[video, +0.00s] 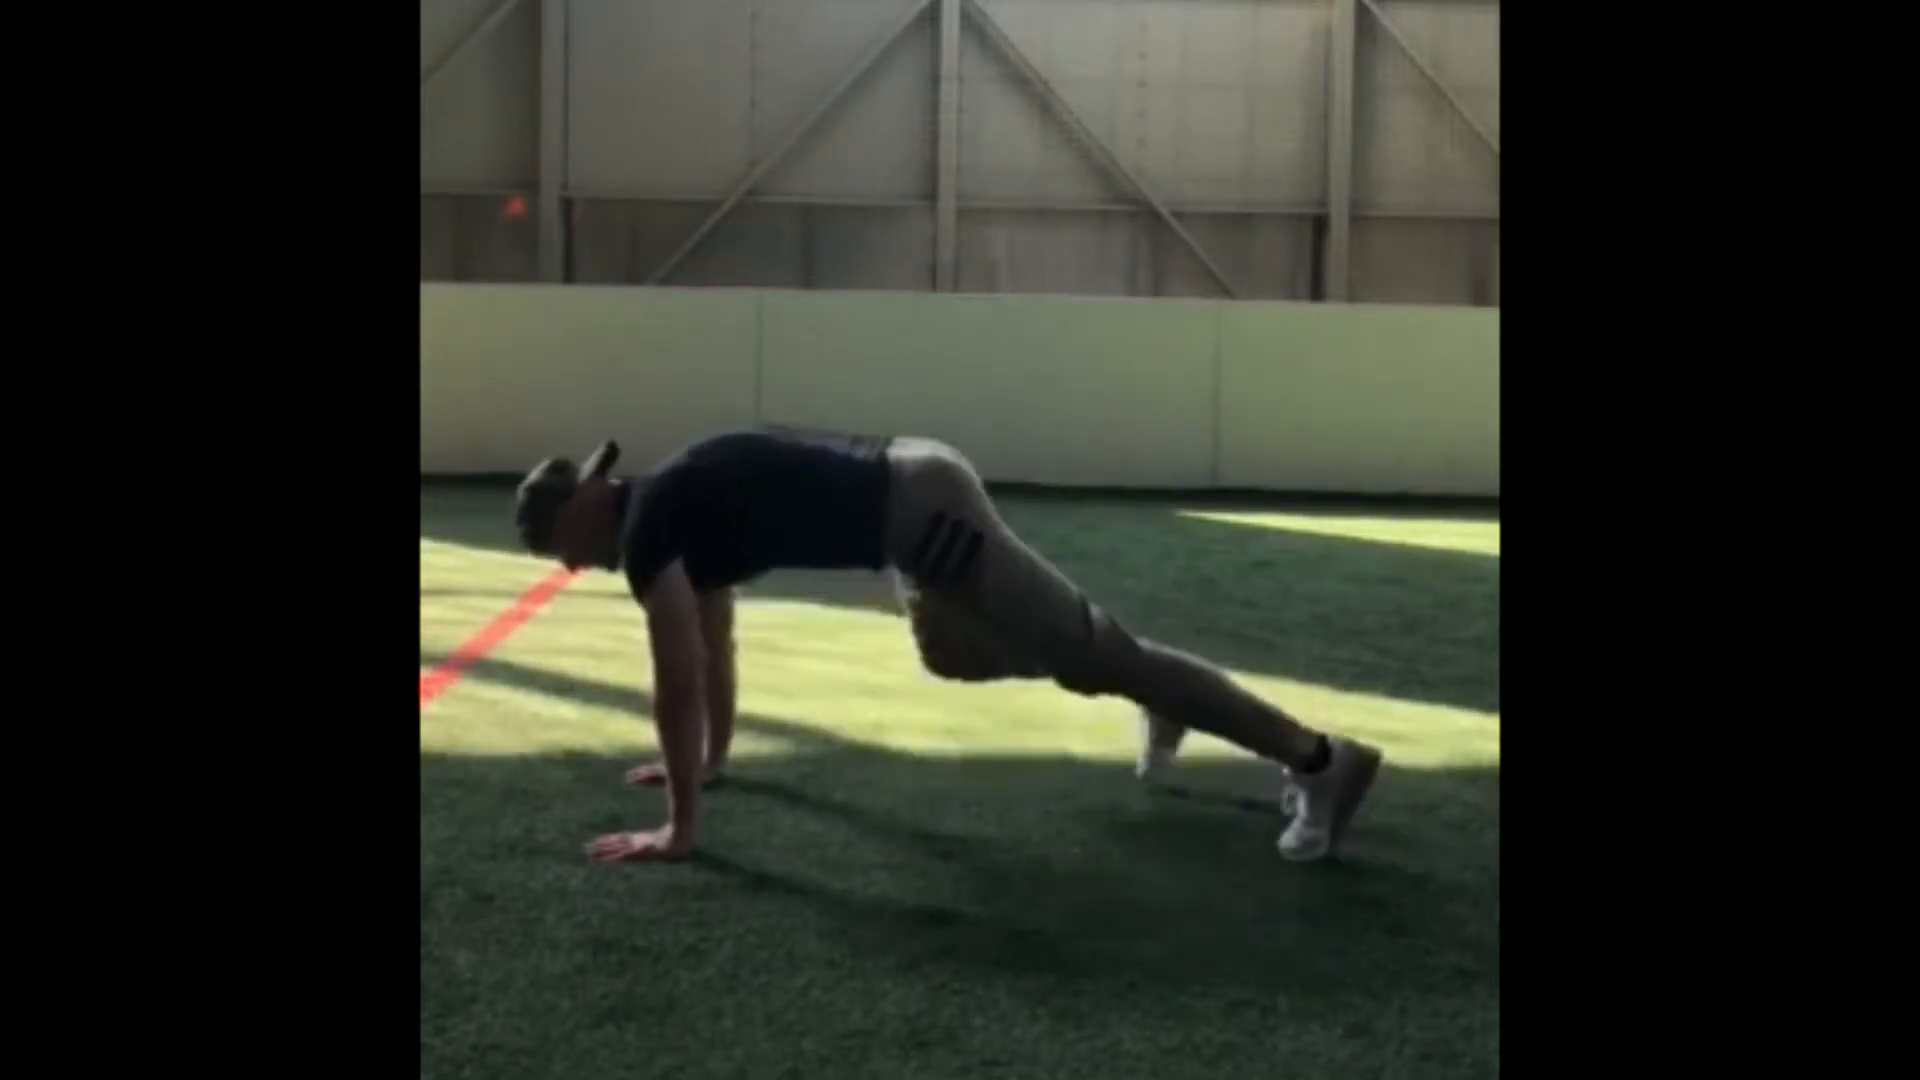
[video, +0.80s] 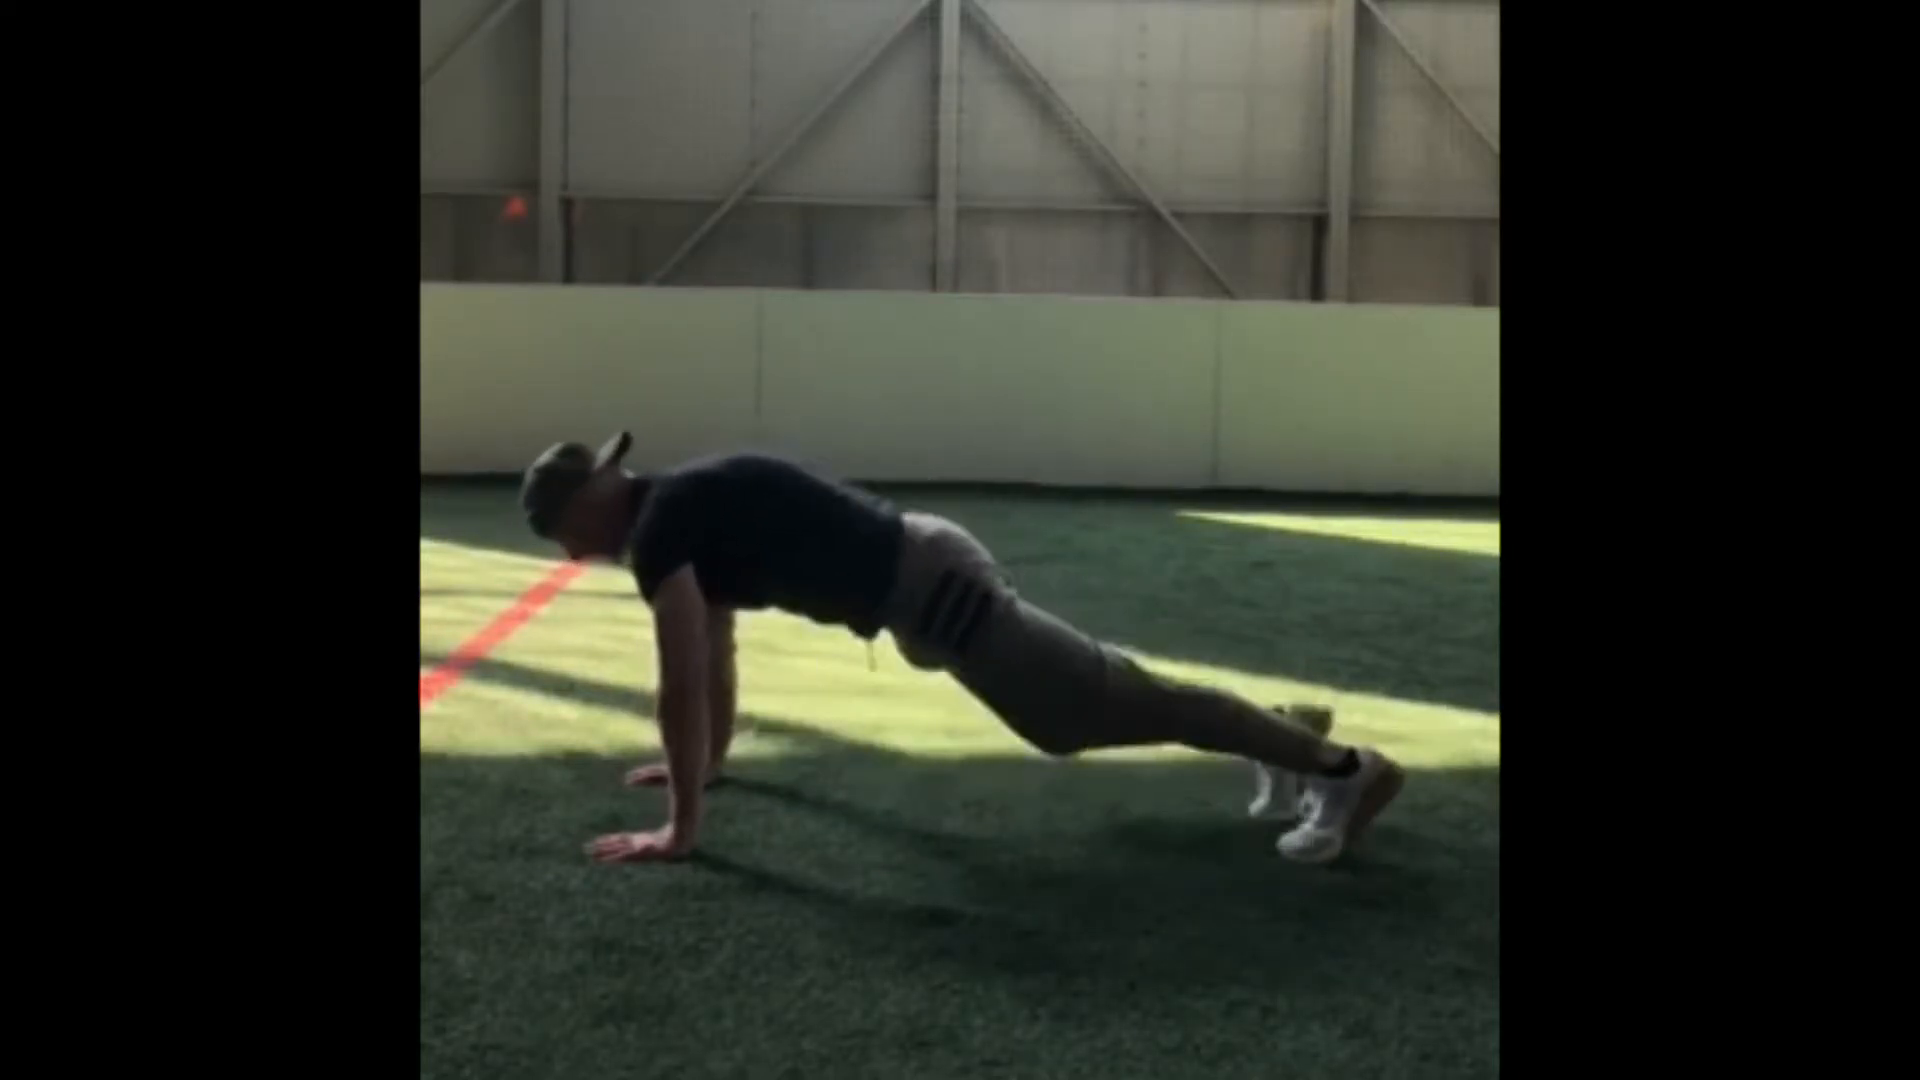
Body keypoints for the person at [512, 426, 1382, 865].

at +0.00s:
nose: (572, 569)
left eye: (565, 552)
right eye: (561, 557)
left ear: (587, 508)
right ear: (598, 494)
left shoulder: (654, 529)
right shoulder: (682, 506)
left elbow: (676, 689)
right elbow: (717, 654)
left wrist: (679, 830)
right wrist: (706, 756)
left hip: (924, 506)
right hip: (918, 490)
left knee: (1103, 658)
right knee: (954, 652)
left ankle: (1321, 759)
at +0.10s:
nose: (581, 565)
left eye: (574, 548)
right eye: (570, 553)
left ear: (595, 509)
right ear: (612, 488)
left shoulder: (654, 531)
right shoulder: (696, 501)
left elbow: (679, 686)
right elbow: (722, 656)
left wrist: (678, 827)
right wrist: (707, 761)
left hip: (918, 522)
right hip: (918, 475)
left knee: (1105, 661)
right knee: (842, 575)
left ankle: (1323, 773)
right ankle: (974, 701)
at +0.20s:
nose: (589, 559)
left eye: (582, 544)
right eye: (579, 546)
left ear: (602, 510)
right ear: (621, 480)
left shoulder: (660, 533)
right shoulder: (705, 484)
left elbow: (685, 691)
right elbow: (720, 655)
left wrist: (678, 828)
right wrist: (690, 771)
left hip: (915, 564)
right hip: (930, 503)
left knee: (1094, 705)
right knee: (772, 534)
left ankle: (1322, 782)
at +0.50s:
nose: (590, 565)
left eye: (582, 551)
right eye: (580, 553)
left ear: (599, 513)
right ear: (617, 486)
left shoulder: (661, 534)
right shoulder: (704, 491)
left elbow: (684, 695)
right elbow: (720, 663)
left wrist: (678, 829)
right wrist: (695, 768)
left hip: (919, 543)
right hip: (927, 485)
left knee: (1094, 690)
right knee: (780, 547)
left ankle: (1324, 771)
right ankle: (872, 708)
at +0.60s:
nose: (579, 564)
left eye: (571, 549)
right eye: (568, 552)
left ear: (588, 512)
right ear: (604, 486)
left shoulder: (654, 532)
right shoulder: (683, 503)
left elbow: (677, 691)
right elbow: (710, 659)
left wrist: (679, 831)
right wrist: (699, 759)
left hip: (919, 526)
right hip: (913, 481)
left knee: (1110, 670)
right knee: (842, 622)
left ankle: (1329, 767)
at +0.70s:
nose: (572, 561)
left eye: (563, 545)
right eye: (561, 549)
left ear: (579, 510)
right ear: (596, 487)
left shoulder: (649, 531)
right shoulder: (674, 509)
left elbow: (674, 689)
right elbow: (710, 660)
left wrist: (678, 828)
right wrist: (699, 761)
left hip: (922, 542)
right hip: (913, 533)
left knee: (1117, 675)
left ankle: (1329, 764)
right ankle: (1154, 648)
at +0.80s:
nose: (582, 558)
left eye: (573, 543)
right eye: (571, 546)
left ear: (590, 510)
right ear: (609, 485)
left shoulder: (662, 532)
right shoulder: (688, 507)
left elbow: (682, 689)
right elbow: (717, 667)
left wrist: (680, 828)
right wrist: (700, 765)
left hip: (936, 589)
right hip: (933, 569)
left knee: (1106, 704)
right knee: (1087, 701)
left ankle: (1344, 772)